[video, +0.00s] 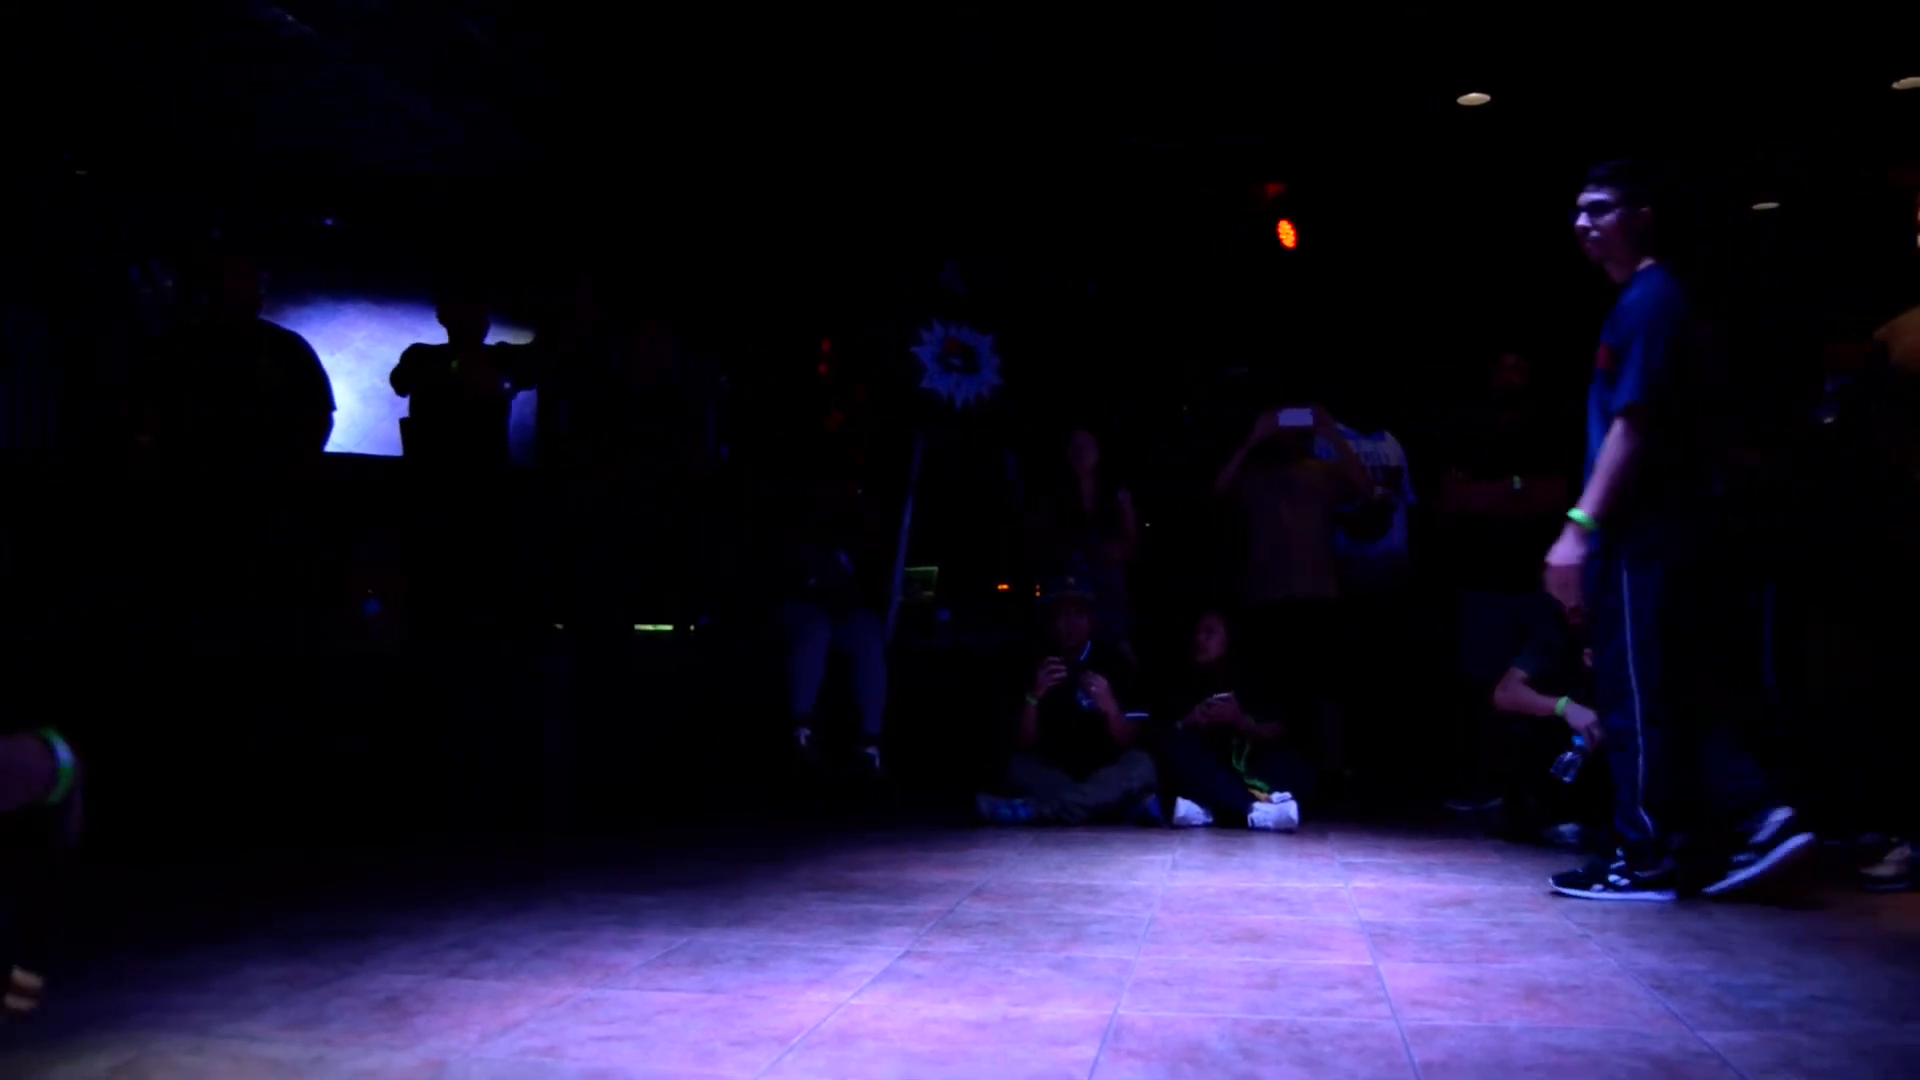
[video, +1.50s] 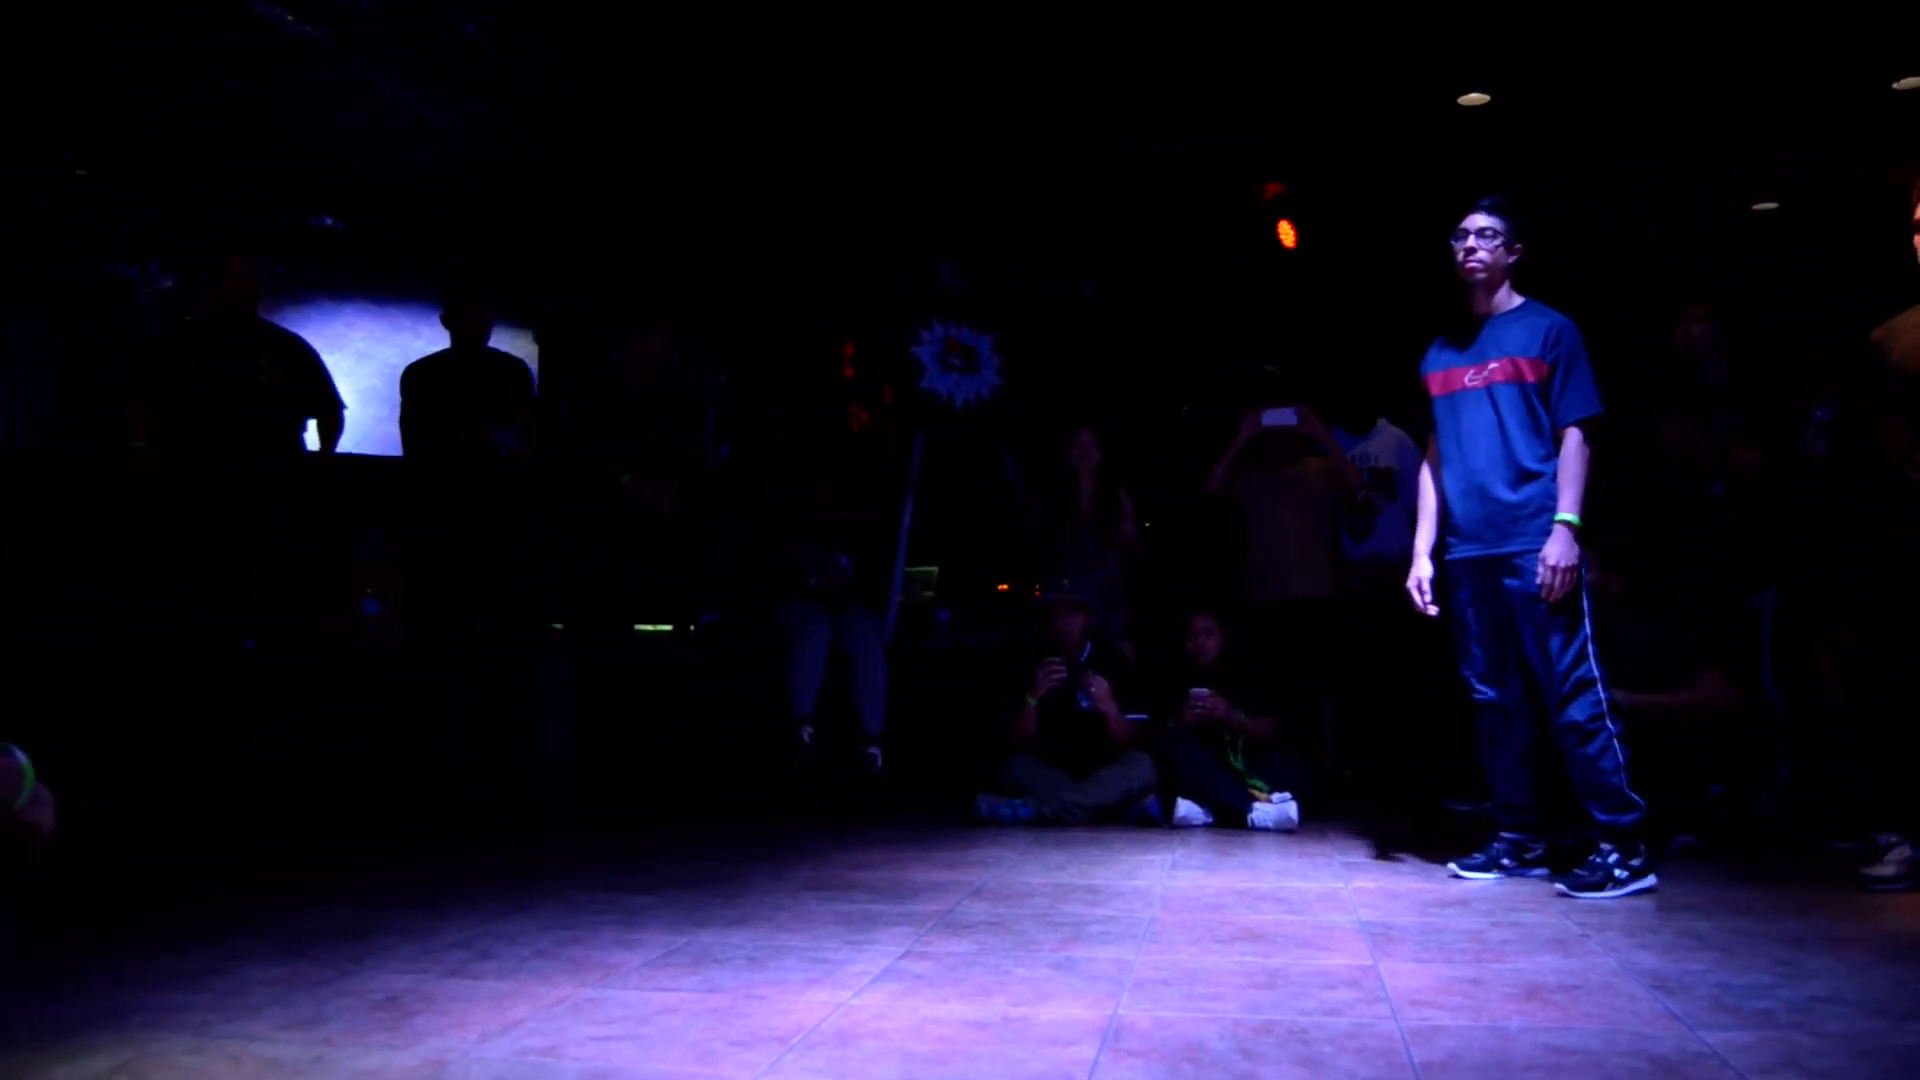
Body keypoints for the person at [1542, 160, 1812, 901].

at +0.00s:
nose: (1583, 225)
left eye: (1598, 211)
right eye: (1581, 213)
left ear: (1642, 217)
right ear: (1609, 226)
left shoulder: (1653, 299)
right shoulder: (1647, 297)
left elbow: (1632, 425)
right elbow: (1640, 424)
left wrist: (1580, 526)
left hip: (1649, 520)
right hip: (1657, 514)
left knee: (1638, 684)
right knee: (1672, 675)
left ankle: (1644, 857)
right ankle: (1755, 816)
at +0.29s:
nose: (1554, 229)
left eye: (1569, 216)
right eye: (1553, 217)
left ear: (1611, 221)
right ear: (1583, 228)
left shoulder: (1623, 301)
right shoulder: (1608, 298)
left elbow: (1597, 424)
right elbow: (1596, 423)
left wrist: (1541, 521)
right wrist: (1551, 518)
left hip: (1619, 526)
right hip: (1598, 524)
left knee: (1614, 685)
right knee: (1577, 678)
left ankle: (1640, 854)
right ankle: (1592, 831)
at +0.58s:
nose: (1530, 233)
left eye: (1546, 222)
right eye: (1529, 222)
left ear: (1584, 232)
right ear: (1541, 236)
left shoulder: (1601, 308)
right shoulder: (1572, 308)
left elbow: (1596, 428)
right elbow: (1571, 428)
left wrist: (1561, 530)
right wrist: (1543, 524)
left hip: (1589, 529)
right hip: (1551, 527)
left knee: (1606, 689)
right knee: (1538, 683)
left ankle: (1640, 853)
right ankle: (1521, 834)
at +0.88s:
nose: (1500, 237)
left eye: (1516, 226)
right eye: (1499, 227)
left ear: (1553, 238)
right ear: (1505, 241)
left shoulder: (1578, 315)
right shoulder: (1520, 328)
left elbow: (1591, 429)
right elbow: (1500, 456)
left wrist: (1574, 528)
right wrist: (1465, 549)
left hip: (1552, 540)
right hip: (1504, 544)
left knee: (1583, 694)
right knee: (1519, 695)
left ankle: (1639, 850)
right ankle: (1521, 838)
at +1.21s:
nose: (1483, 244)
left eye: (1498, 233)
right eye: (1477, 234)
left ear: (1530, 245)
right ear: (1471, 250)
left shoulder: (1561, 325)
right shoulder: (1465, 346)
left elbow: (1579, 434)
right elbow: (1451, 453)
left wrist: (1557, 530)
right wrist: (1420, 544)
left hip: (1537, 542)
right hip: (1476, 550)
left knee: (1573, 696)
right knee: (1502, 698)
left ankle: (1632, 848)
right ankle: (1519, 840)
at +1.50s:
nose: (1468, 248)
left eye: (1483, 238)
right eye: (1461, 239)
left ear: (1513, 252)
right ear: (1452, 254)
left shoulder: (1548, 332)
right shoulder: (1440, 356)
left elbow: (1575, 436)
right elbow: (1434, 459)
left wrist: (1565, 530)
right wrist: (1422, 551)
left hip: (1534, 543)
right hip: (1464, 551)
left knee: (1572, 697)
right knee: (1495, 699)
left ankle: (1623, 846)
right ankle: (1518, 838)